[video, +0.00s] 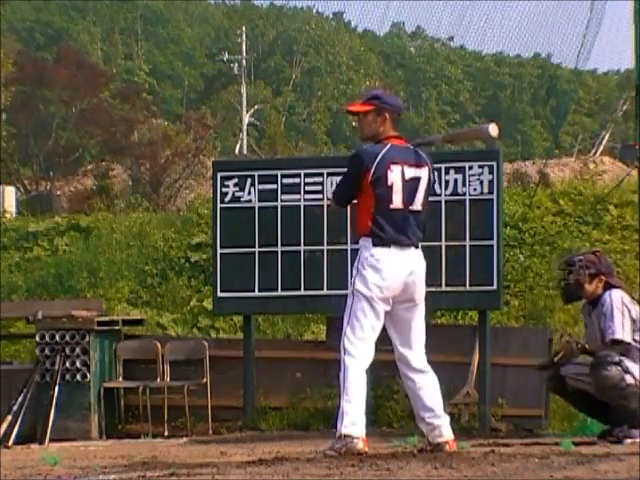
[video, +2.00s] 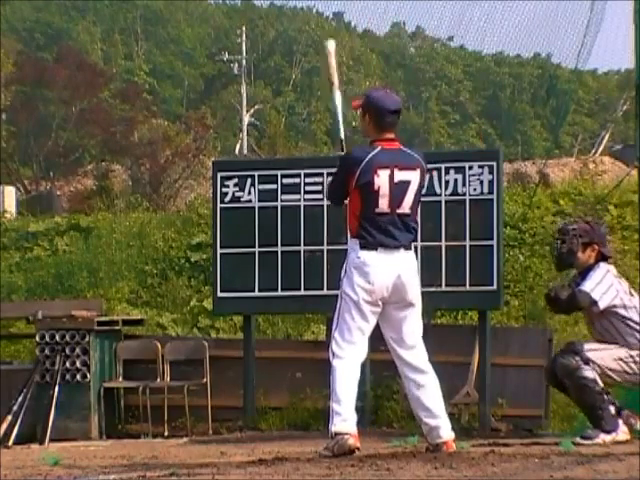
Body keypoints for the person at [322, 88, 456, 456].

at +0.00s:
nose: (358, 123)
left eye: (363, 117)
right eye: (358, 117)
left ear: (384, 119)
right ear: (388, 121)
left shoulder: (367, 156)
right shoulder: (422, 159)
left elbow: (339, 200)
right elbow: (407, 196)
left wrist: (364, 175)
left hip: (378, 260)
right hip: (414, 261)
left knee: (356, 349)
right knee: (413, 355)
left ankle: (351, 434)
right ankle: (441, 434)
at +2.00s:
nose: (361, 119)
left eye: (363, 115)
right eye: (362, 114)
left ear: (369, 119)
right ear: (396, 119)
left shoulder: (357, 160)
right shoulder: (416, 162)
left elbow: (335, 196)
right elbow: (395, 192)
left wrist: (346, 163)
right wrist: (362, 165)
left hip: (367, 263)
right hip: (406, 263)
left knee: (347, 348)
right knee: (412, 350)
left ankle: (343, 431)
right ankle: (441, 433)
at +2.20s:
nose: (364, 118)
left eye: (366, 113)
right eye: (366, 112)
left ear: (372, 119)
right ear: (400, 120)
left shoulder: (358, 160)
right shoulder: (418, 163)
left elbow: (338, 206)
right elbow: (403, 204)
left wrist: (345, 182)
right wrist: (357, 185)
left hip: (367, 263)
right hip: (406, 263)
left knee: (348, 347)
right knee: (411, 350)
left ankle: (343, 431)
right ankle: (441, 433)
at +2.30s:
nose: (365, 119)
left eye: (366, 114)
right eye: (366, 113)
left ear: (374, 119)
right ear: (400, 119)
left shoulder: (358, 160)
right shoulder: (418, 163)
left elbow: (336, 208)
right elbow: (409, 209)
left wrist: (344, 180)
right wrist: (358, 185)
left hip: (367, 263)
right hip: (406, 263)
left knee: (348, 346)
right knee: (411, 349)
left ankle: (343, 431)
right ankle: (441, 433)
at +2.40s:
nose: (365, 119)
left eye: (368, 114)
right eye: (366, 113)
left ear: (381, 119)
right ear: (398, 119)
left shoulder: (359, 161)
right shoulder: (419, 164)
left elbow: (333, 210)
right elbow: (416, 215)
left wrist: (347, 170)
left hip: (368, 262)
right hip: (407, 262)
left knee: (349, 347)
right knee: (412, 349)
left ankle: (343, 431)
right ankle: (441, 433)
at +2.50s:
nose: (362, 120)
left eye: (367, 114)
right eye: (364, 114)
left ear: (384, 118)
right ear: (396, 120)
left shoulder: (361, 162)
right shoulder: (423, 164)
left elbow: (325, 205)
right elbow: (424, 213)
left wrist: (351, 181)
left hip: (371, 261)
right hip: (410, 262)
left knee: (351, 347)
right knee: (414, 351)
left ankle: (344, 431)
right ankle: (442, 434)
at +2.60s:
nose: (361, 121)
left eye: (366, 115)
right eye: (362, 115)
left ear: (384, 118)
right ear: (394, 120)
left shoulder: (363, 161)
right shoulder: (426, 161)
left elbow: (323, 199)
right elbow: (432, 206)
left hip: (374, 262)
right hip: (413, 262)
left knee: (352, 347)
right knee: (416, 352)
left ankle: (343, 430)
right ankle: (442, 435)